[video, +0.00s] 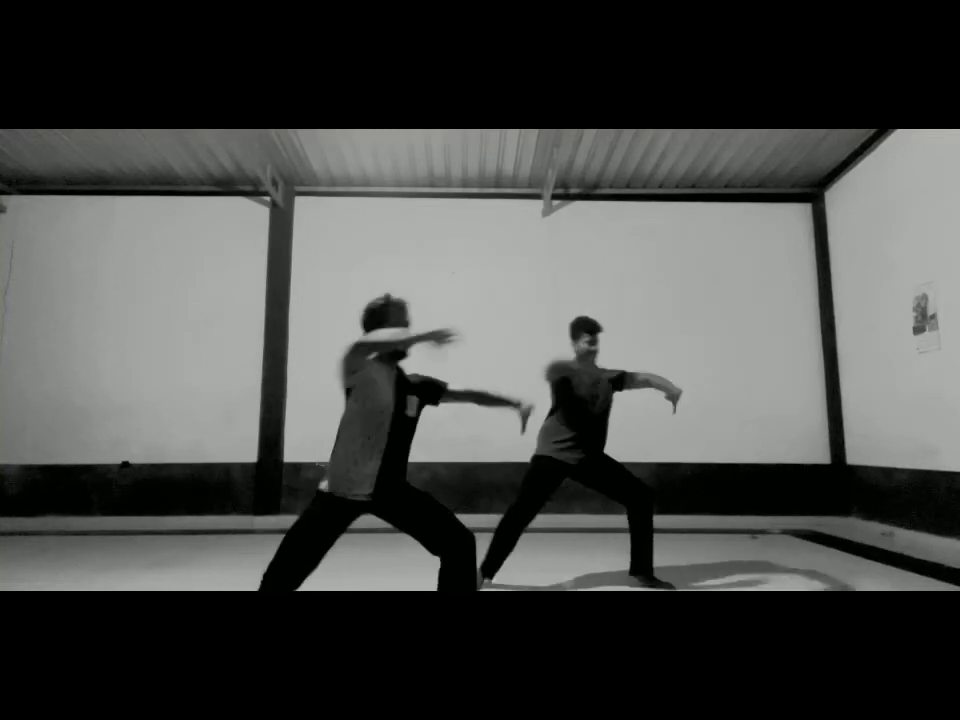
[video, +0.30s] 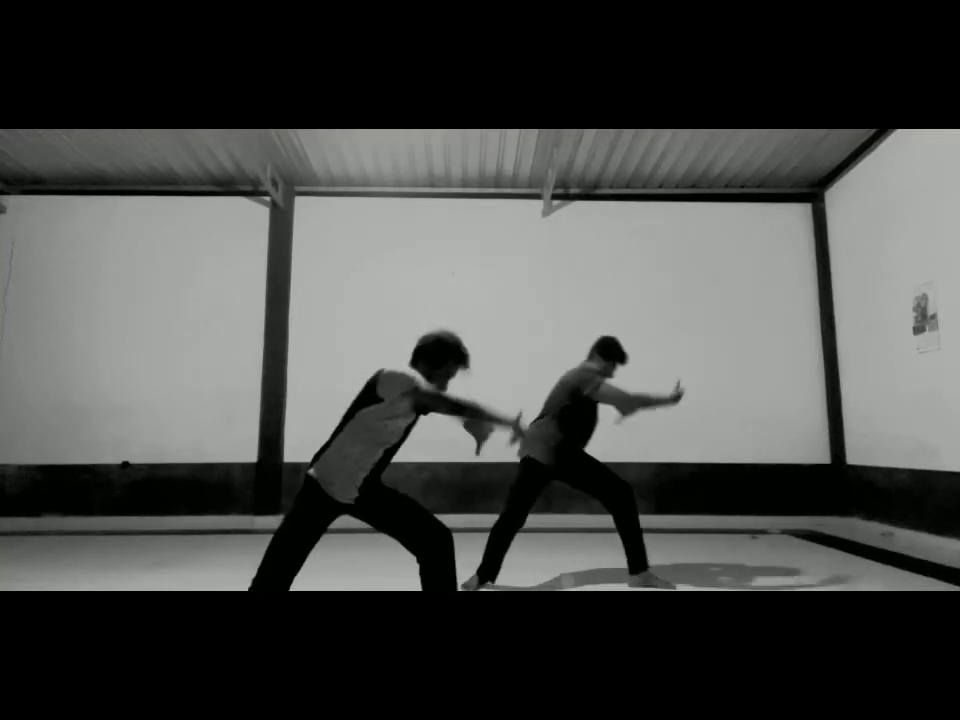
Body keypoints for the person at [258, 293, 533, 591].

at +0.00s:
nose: (406, 333)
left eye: (407, 327)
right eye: (399, 327)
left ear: (404, 340)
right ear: (377, 333)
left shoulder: (414, 386)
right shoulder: (359, 373)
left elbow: (466, 396)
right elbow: (364, 347)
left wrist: (512, 405)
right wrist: (421, 339)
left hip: (390, 490)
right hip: (344, 489)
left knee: (459, 544)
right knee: (285, 571)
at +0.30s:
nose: (448, 383)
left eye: (452, 377)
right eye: (448, 374)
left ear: (429, 367)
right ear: (434, 365)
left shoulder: (419, 398)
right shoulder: (392, 382)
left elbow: (455, 412)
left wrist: (475, 427)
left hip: (365, 491)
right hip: (325, 488)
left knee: (435, 541)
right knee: (279, 567)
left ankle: (443, 597)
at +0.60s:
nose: (394, 340)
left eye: (398, 333)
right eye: (389, 331)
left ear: (399, 335)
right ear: (366, 328)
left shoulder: (388, 379)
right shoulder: (333, 371)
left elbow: (420, 387)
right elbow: (326, 395)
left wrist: (452, 389)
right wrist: (348, 400)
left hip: (372, 484)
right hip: (326, 485)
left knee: (446, 537)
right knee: (268, 573)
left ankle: (442, 593)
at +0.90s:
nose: (382, 318)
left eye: (390, 310)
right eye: (374, 312)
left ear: (406, 318)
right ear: (365, 320)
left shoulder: (422, 368)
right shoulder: (355, 370)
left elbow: (472, 365)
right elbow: (301, 357)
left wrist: (471, 385)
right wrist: (284, 357)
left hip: (408, 481)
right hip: (358, 479)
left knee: (460, 549)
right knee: (283, 538)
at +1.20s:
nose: (385, 343)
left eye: (394, 334)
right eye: (379, 333)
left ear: (411, 336)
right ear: (372, 334)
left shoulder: (422, 390)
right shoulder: (351, 381)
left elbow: (454, 417)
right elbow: (294, 377)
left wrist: (431, 424)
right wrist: (246, 393)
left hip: (402, 495)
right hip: (349, 492)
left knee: (459, 558)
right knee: (268, 544)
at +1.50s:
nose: (330, 335)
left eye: (338, 328)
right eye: (330, 328)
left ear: (357, 334)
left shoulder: (367, 375)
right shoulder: (320, 384)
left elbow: (328, 350)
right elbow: (272, 380)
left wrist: (290, 326)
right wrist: (234, 399)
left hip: (372, 497)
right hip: (328, 496)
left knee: (420, 579)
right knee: (246, 542)